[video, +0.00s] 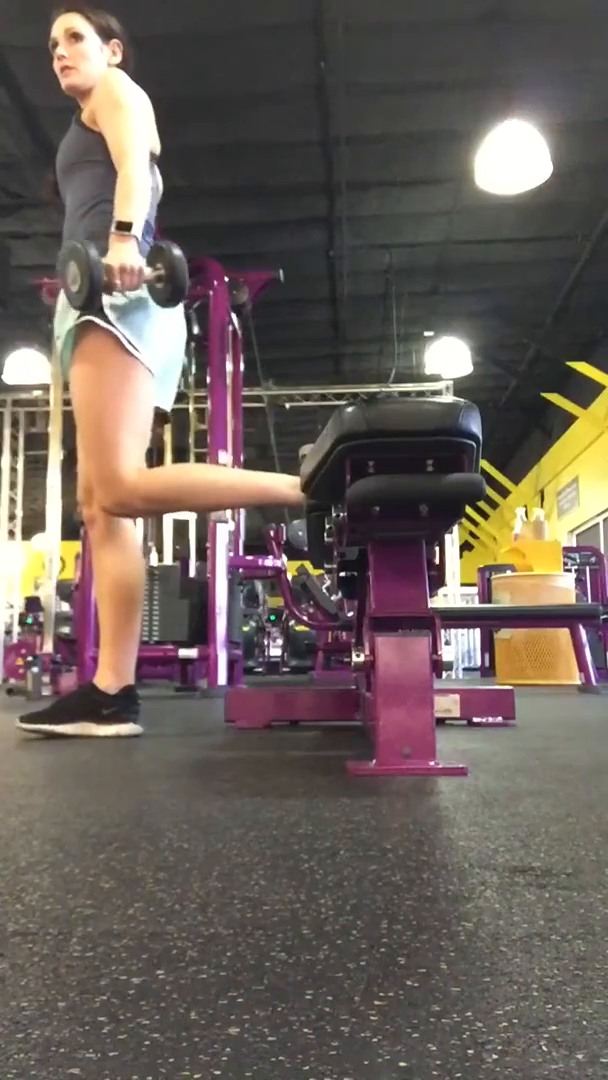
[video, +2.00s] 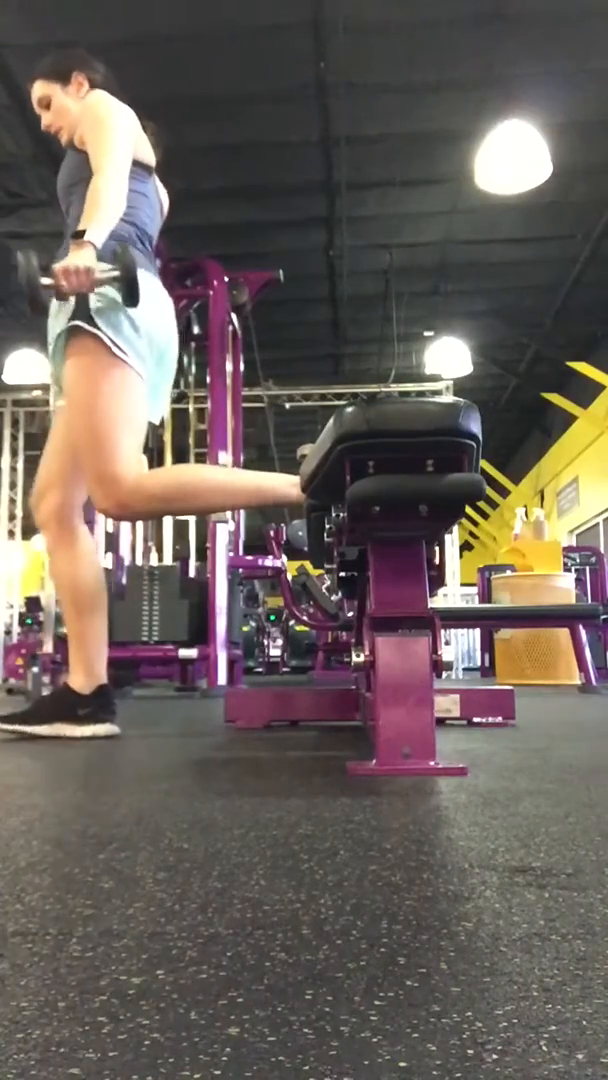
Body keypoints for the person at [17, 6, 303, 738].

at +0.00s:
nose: (60, 53)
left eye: (74, 40)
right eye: (54, 45)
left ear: (112, 50)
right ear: (58, 60)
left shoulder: (116, 91)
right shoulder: (99, 116)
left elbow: (135, 166)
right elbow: (108, 214)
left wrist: (124, 238)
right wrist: (74, 282)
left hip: (119, 298)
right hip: (110, 303)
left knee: (117, 487)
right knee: (100, 505)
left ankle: (305, 490)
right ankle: (112, 690)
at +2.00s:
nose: (46, 123)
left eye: (46, 106)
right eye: (39, 115)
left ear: (79, 83)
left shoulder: (103, 108)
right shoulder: (130, 152)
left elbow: (109, 182)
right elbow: (151, 207)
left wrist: (86, 244)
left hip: (116, 297)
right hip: (135, 311)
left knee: (118, 489)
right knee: (56, 502)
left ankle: (310, 488)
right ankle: (86, 689)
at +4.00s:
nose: (5, 106)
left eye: (11, 93)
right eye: (6, 94)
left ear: (38, 90)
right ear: (54, 98)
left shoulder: (44, 133)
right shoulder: (69, 156)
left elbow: (50, 229)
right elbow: (77, 272)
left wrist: (18, 316)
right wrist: (26, 347)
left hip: (115, 344)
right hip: (103, 358)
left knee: (122, 537)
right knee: (14, 508)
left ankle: (304, 497)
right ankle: (37, 691)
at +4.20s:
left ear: (19, 147)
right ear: (40, 155)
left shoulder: (27, 200)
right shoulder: (51, 217)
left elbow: (40, 298)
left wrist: (23, 398)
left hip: (143, 392)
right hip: (117, 414)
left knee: (148, 592)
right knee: (13, 512)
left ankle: (306, 499)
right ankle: (36, 691)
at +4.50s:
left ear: (6, 244)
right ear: (32, 249)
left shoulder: (22, 297)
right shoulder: (53, 307)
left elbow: (39, 405)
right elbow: (92, 448)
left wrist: (18, 513)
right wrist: (58, 533)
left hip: (183, 452)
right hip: (142, 470)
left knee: (202, 660)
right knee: (25, 514)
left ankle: (301, 512)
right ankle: (38, 693)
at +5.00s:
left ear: (5, 207)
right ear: (26, 212)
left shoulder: (15, 260)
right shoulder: (40, 270)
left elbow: (30, 377)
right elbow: (110, 404)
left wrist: (14, 475)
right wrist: (84, 512)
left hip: (165, 426)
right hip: (133, 441)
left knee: (178, 635)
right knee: (14, 511)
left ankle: (303, 507)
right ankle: (37, 693)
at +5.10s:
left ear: (10, 169)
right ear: (29, 176)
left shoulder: (17, 223)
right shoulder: (35, 235)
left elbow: (31, 328)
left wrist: (17, 431)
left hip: (154, 399)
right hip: (121, 422)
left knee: (156, 605)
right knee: (10, 513)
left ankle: (305, 503)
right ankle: (37, 693)